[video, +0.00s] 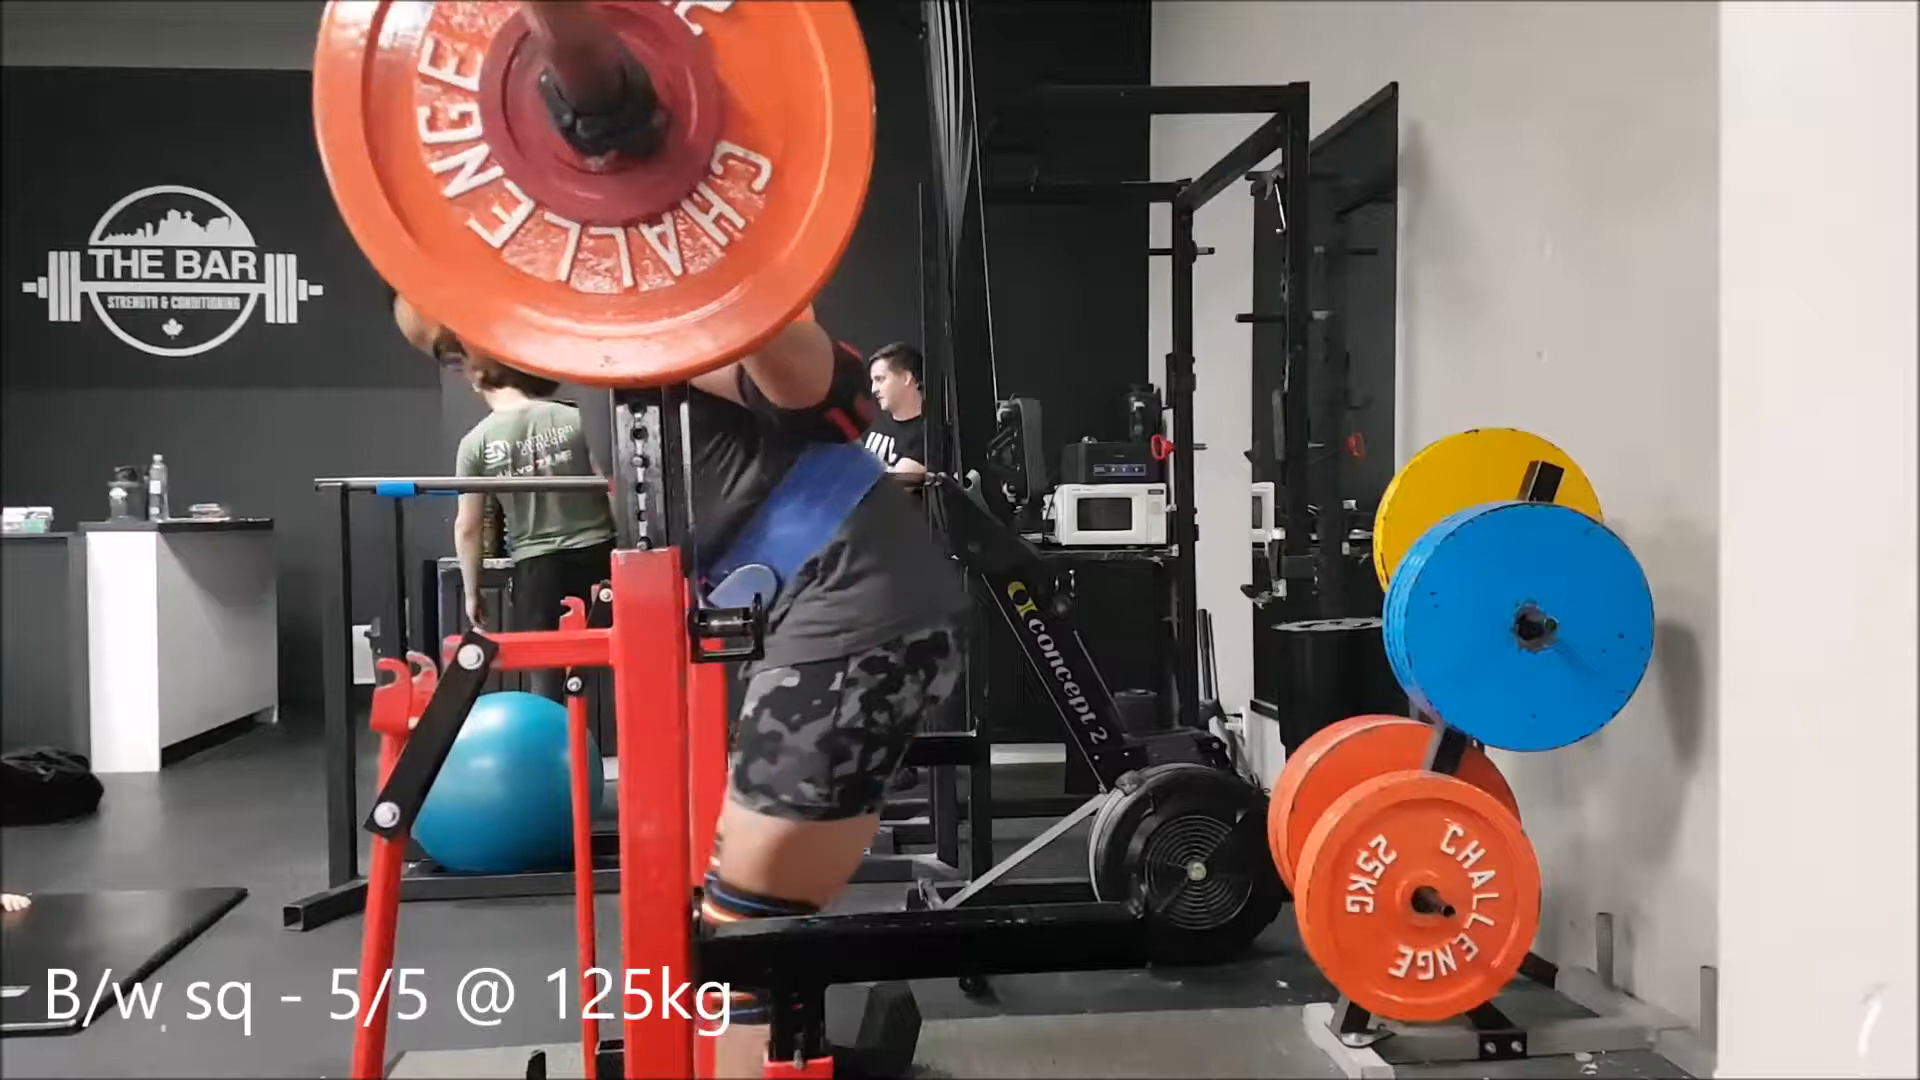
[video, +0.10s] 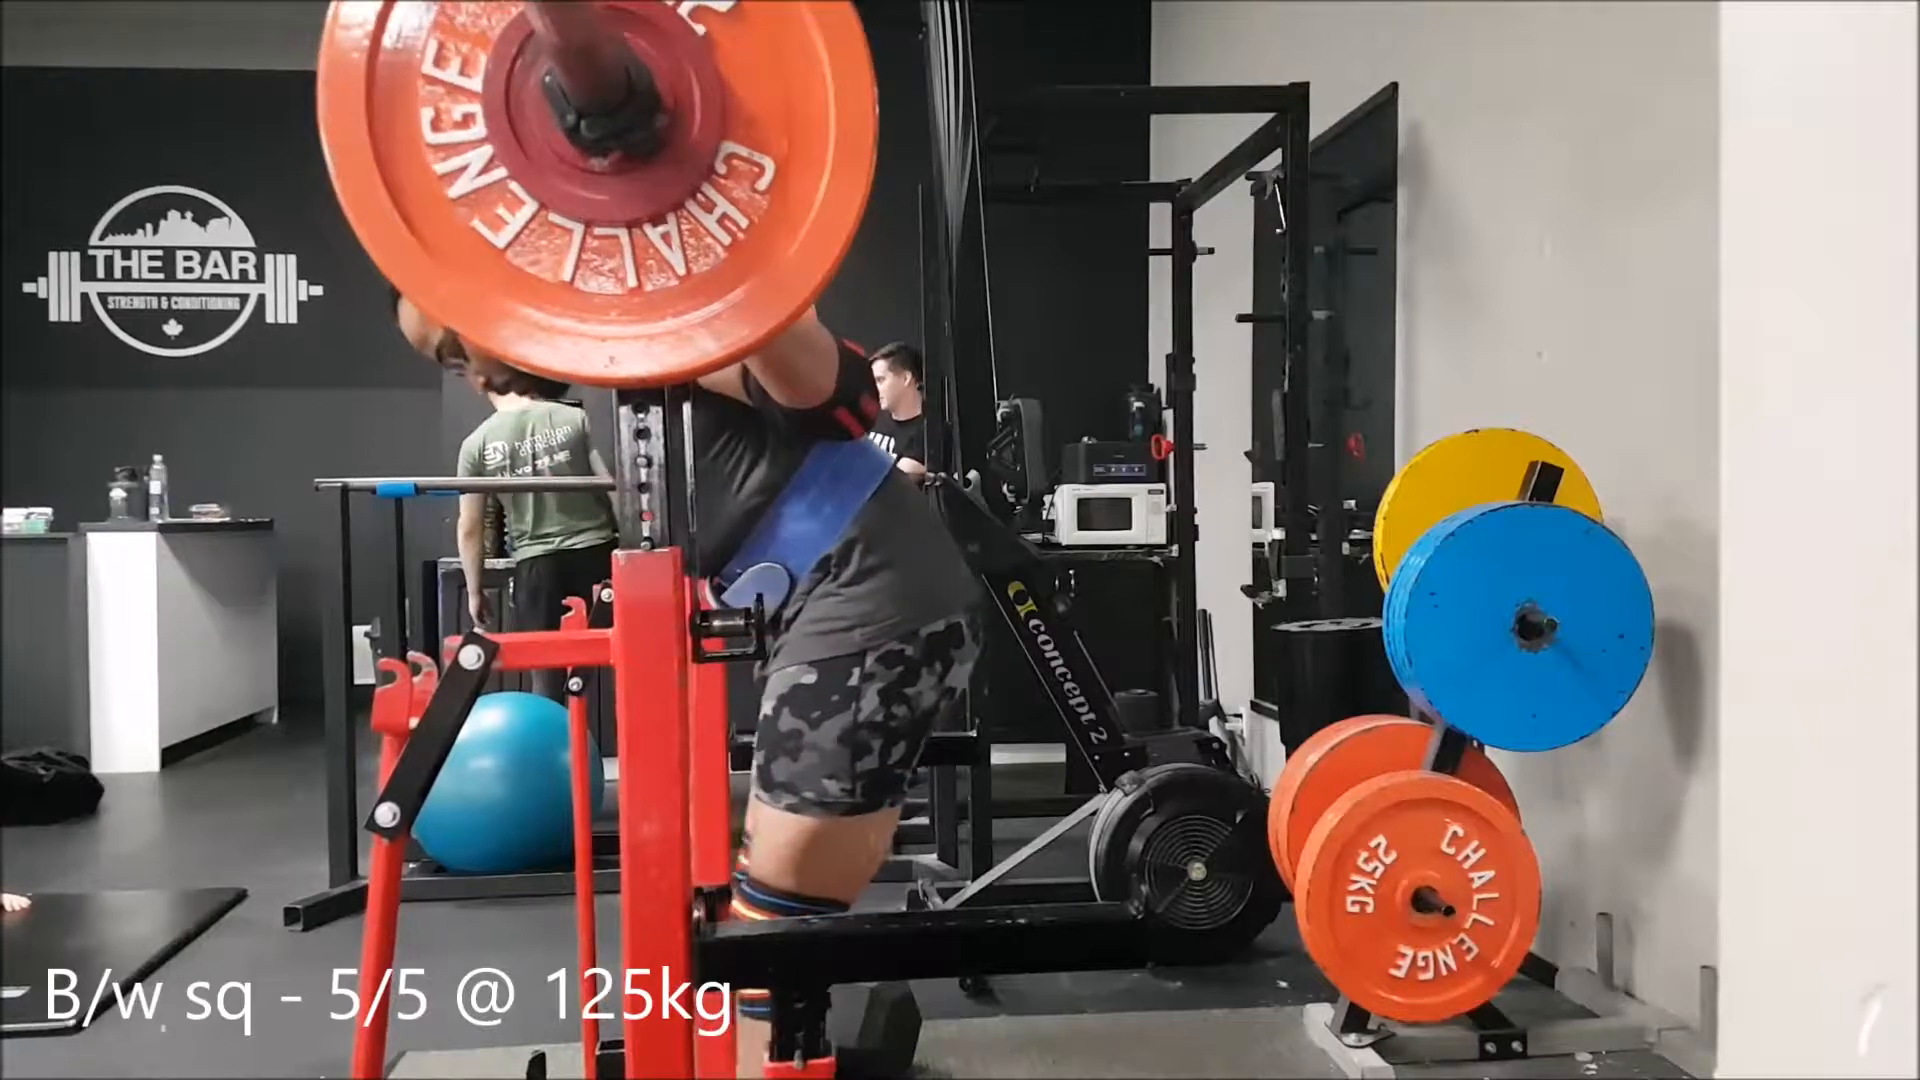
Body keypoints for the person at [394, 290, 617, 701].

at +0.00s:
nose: (470, 380)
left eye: (471, 373)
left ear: (481, 381)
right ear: (529, 375)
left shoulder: (477, 443)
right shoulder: (575, 418)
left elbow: (468, 527)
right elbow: (613, 484)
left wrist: (472, 593)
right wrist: (628, 547)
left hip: (535, 573)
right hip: (596, 560)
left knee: (544, 684)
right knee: (607, 677)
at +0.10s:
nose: (470, 381)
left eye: (471, 374)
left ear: (484, 383)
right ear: (533, 375)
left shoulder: (478, 444)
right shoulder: (574, 418)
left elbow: (470, 527)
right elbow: (606, 482)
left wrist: (475, 592)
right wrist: (619, 538)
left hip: (536, 570)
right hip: (595, 559)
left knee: (545, 679)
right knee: (605, 671)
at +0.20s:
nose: (477, 385)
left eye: (480, 379)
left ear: (494, 391)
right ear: (540, 382)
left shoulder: (482, 444)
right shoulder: (579, 418)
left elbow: (475, 527)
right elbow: (614, 481)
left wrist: (480, 589)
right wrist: (623, 537)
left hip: (534, 571)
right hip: (595, 561)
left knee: (544, 680)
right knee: (606, 674)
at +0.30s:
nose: (485, 388)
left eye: (489, 381)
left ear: (505, 391)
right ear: (550, 382)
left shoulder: (493, 441)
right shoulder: (585, 419)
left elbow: (487, 523)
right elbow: (618, 484)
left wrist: (490, 585)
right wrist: (626, 549)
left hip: (537, 571)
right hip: (595, 562)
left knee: (545, 678)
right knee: (604, 673)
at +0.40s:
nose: (498, 393)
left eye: (507, 385)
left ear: (525, 387)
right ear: (572, 383)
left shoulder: (505, 440)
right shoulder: (595, 420)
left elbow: (497, 523)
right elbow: (625, 488)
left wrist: (501, 584)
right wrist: (631, 555)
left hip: (542, 572)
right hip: (602, 565)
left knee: (548, 678)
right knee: (607, 676)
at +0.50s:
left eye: (516, 386)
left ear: (530, 389)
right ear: (571, 382)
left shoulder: (516, 440)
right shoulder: (600, 418)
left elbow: (511, 524)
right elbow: (630, 494)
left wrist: (519, 584)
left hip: (549, 567)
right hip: (605, 561)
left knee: (553, 674)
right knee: (611, 672)